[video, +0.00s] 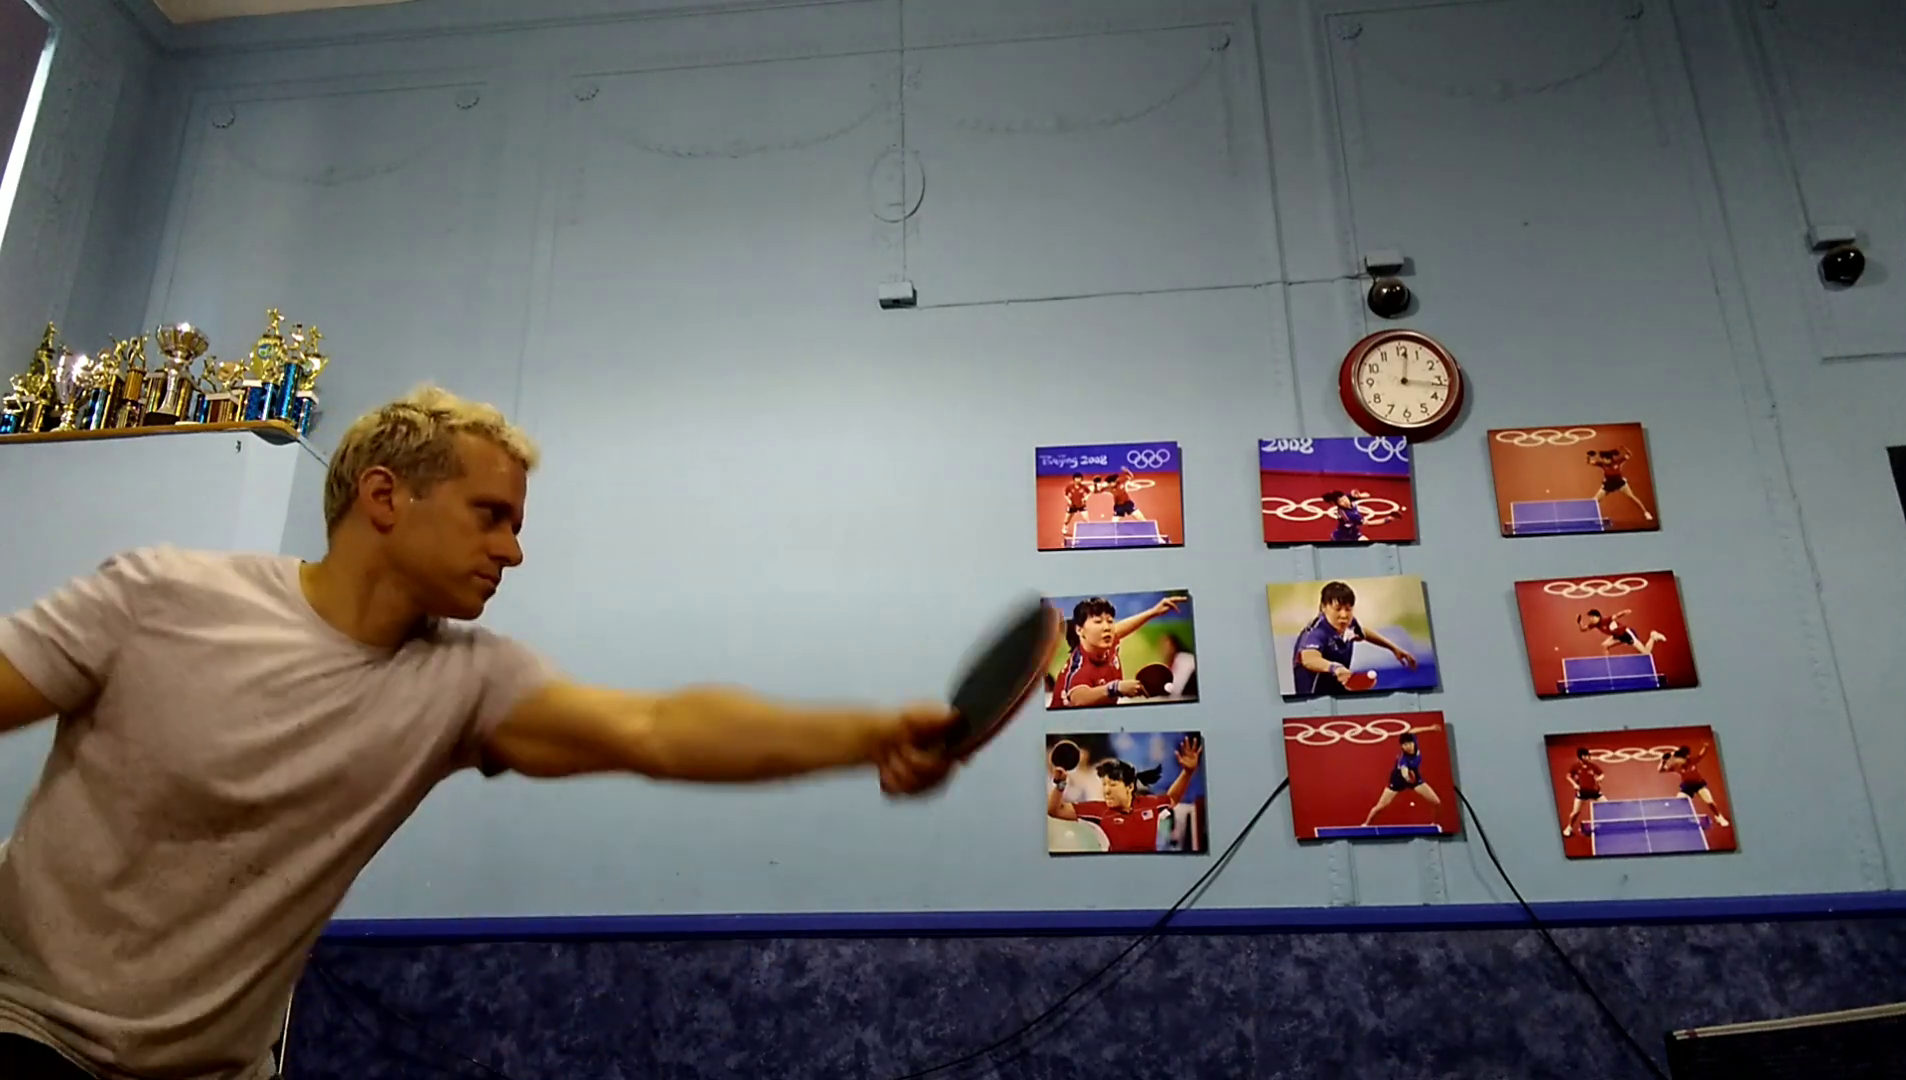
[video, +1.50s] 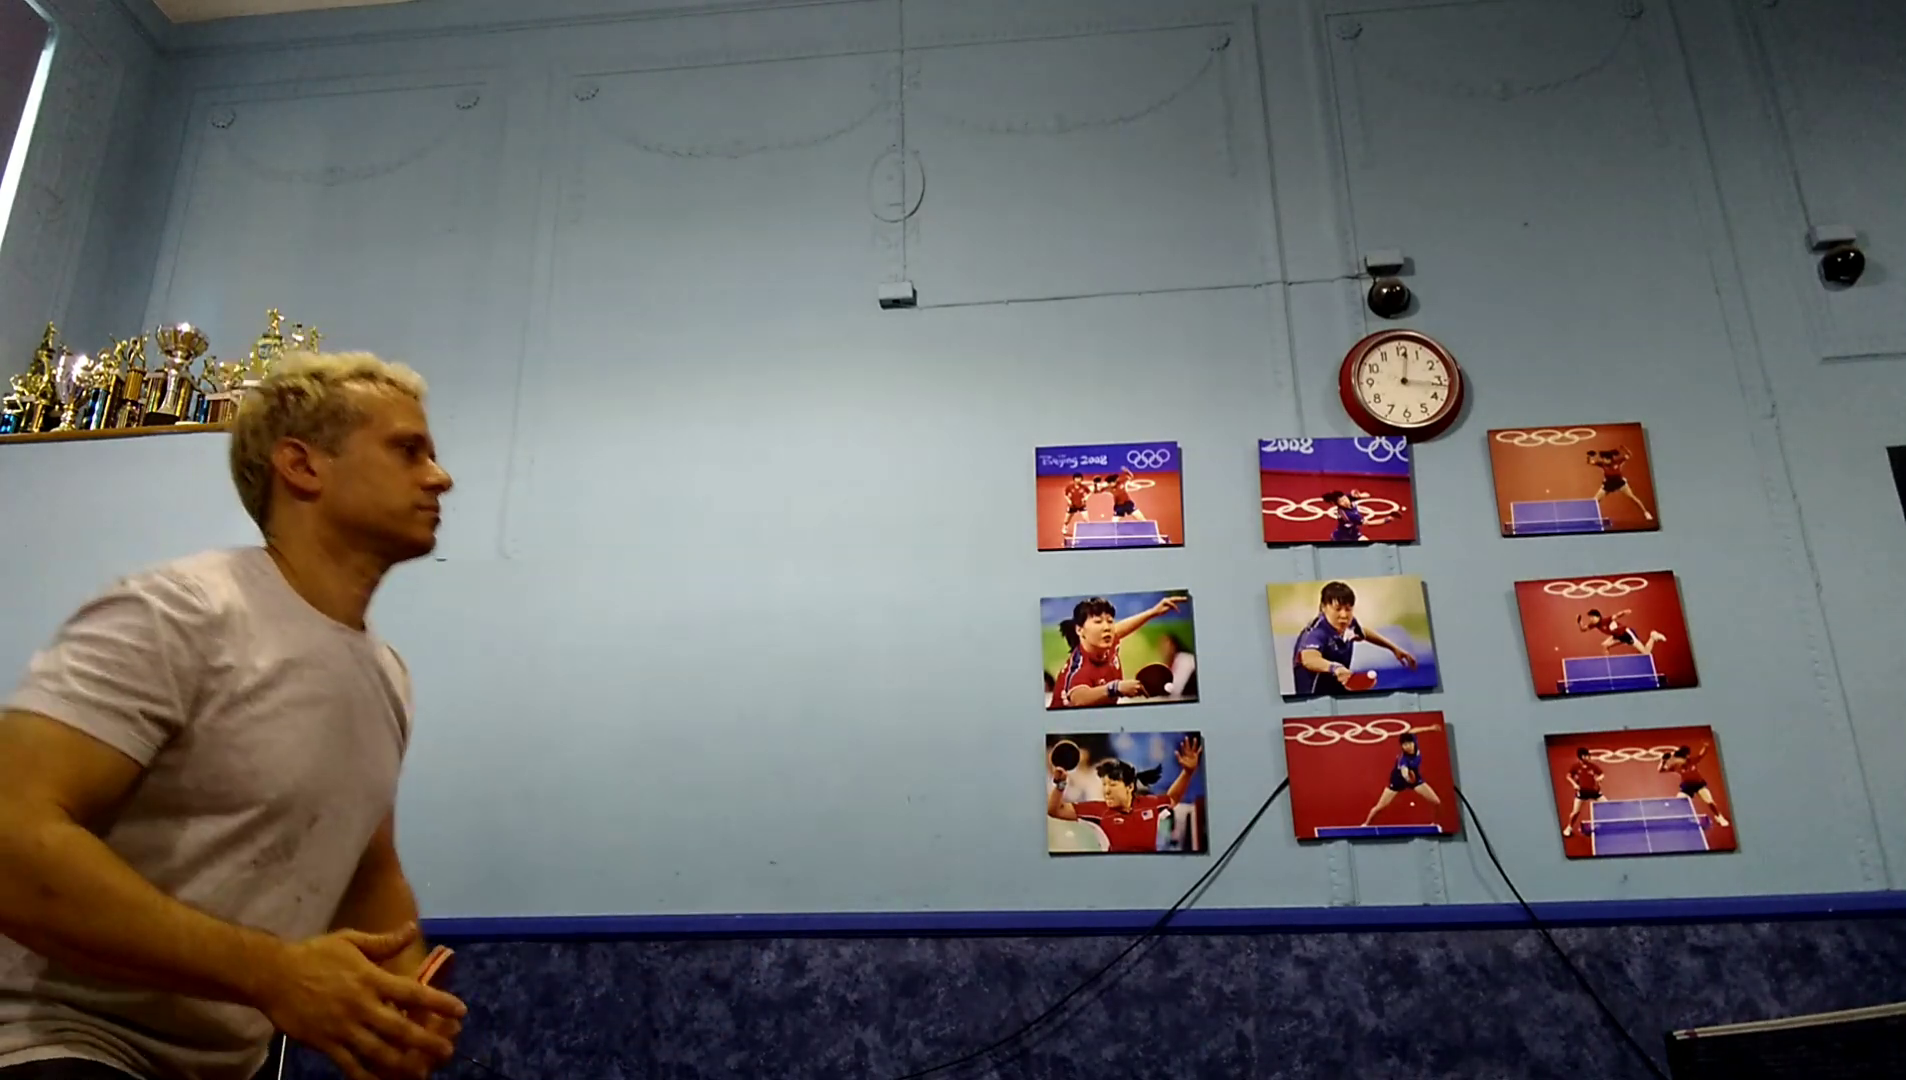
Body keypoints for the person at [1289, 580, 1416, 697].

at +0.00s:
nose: (1344, 615)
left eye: (1348, 609)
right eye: (1338, 609)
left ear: (1353, 609)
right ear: (1324, 608)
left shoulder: (1349, 624)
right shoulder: (1316, 633)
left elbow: (1364, 634)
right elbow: (1309, 660)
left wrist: (1395, 649)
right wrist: (1335, 668)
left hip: (1340, 704)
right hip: (1314, 708)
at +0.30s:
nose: (1344, 615)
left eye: (1348, 609)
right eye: (1338, 609)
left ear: (1353, 609)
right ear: (1324, 608)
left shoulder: (1349, 624)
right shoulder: (1315, 632)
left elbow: (1364, 634)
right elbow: (1309, 660)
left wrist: (1395, 649)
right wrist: (1335, 668)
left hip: (1341, 705)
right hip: (1314, 709)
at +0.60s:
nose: (1344, 615)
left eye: (1348, 609)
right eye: (1338, 609)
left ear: (1353, 609)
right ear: (1324, 608)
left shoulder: (1349, 624)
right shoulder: (1315, 633)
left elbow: (1364, 634)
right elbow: (1309, 660)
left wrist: (1395, 649)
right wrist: (1335, 668)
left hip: (1341, 705)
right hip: (1314, 708)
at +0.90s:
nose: (1344, 615)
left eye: (1348, 609)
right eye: (1338, 609)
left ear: (1353, 609)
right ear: (1324, 608)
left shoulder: (1349, 624)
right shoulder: (1315, 633)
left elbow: (1364, 634)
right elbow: (1309, 660)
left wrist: (1395, 649)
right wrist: (1335, 668)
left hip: (1341, 705)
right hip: (1314, 708)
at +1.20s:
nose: (1344, 615)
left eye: (1348, 609)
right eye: (1338, 609)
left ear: (1353, 609)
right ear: (1324, 608)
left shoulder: (1349, 624)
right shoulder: (1315, 633)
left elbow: (1364, 634)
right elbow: (1309, 660)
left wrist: (1395, 649)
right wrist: (1335, 668)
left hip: (1341, 705)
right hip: (1314, 708)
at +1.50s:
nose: (1344, 615)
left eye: (1348, 609)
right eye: (1338, 609)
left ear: (1353, 609)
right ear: (1324, 608)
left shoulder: (1349, 624)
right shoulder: (1315, 633)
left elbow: (1364, 634)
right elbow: (1309, 660)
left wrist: (1395, 649)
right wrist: (1335, 668)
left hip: (1341, 705)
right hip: (1314, 708)